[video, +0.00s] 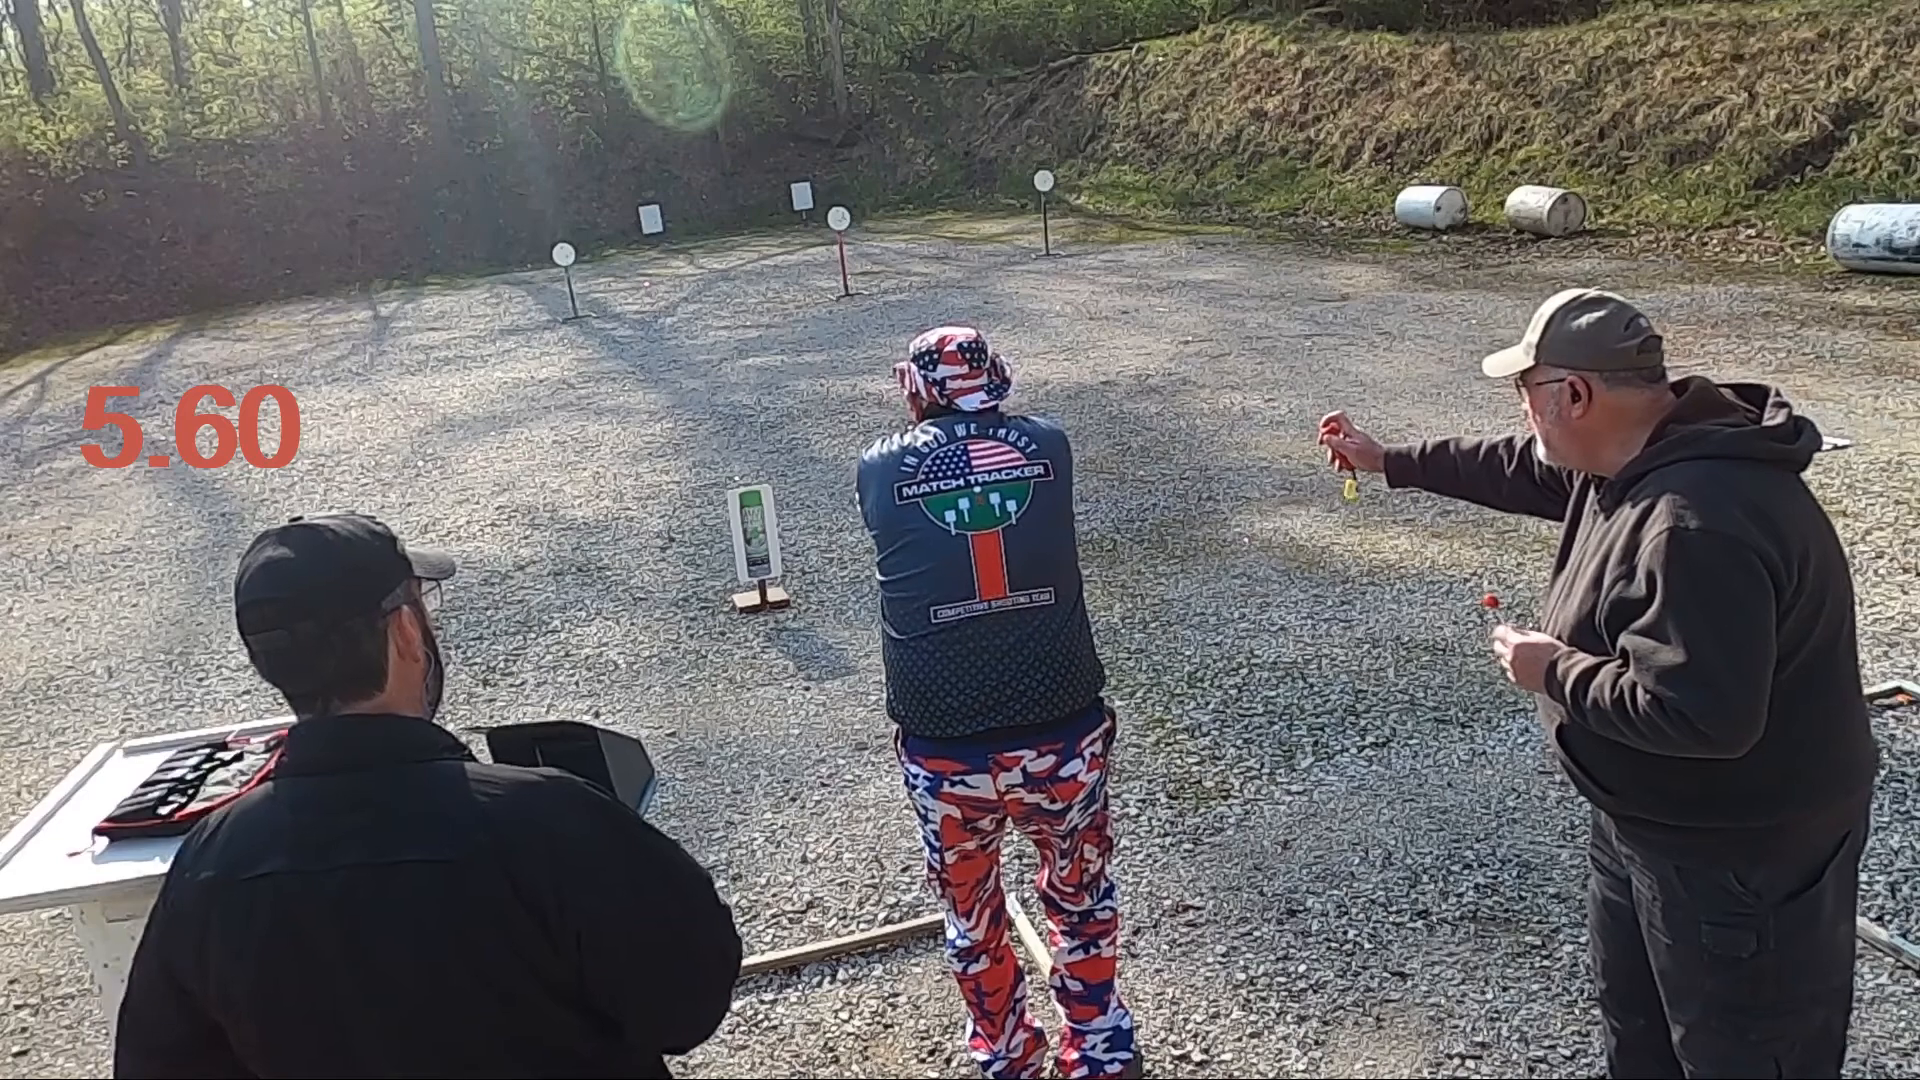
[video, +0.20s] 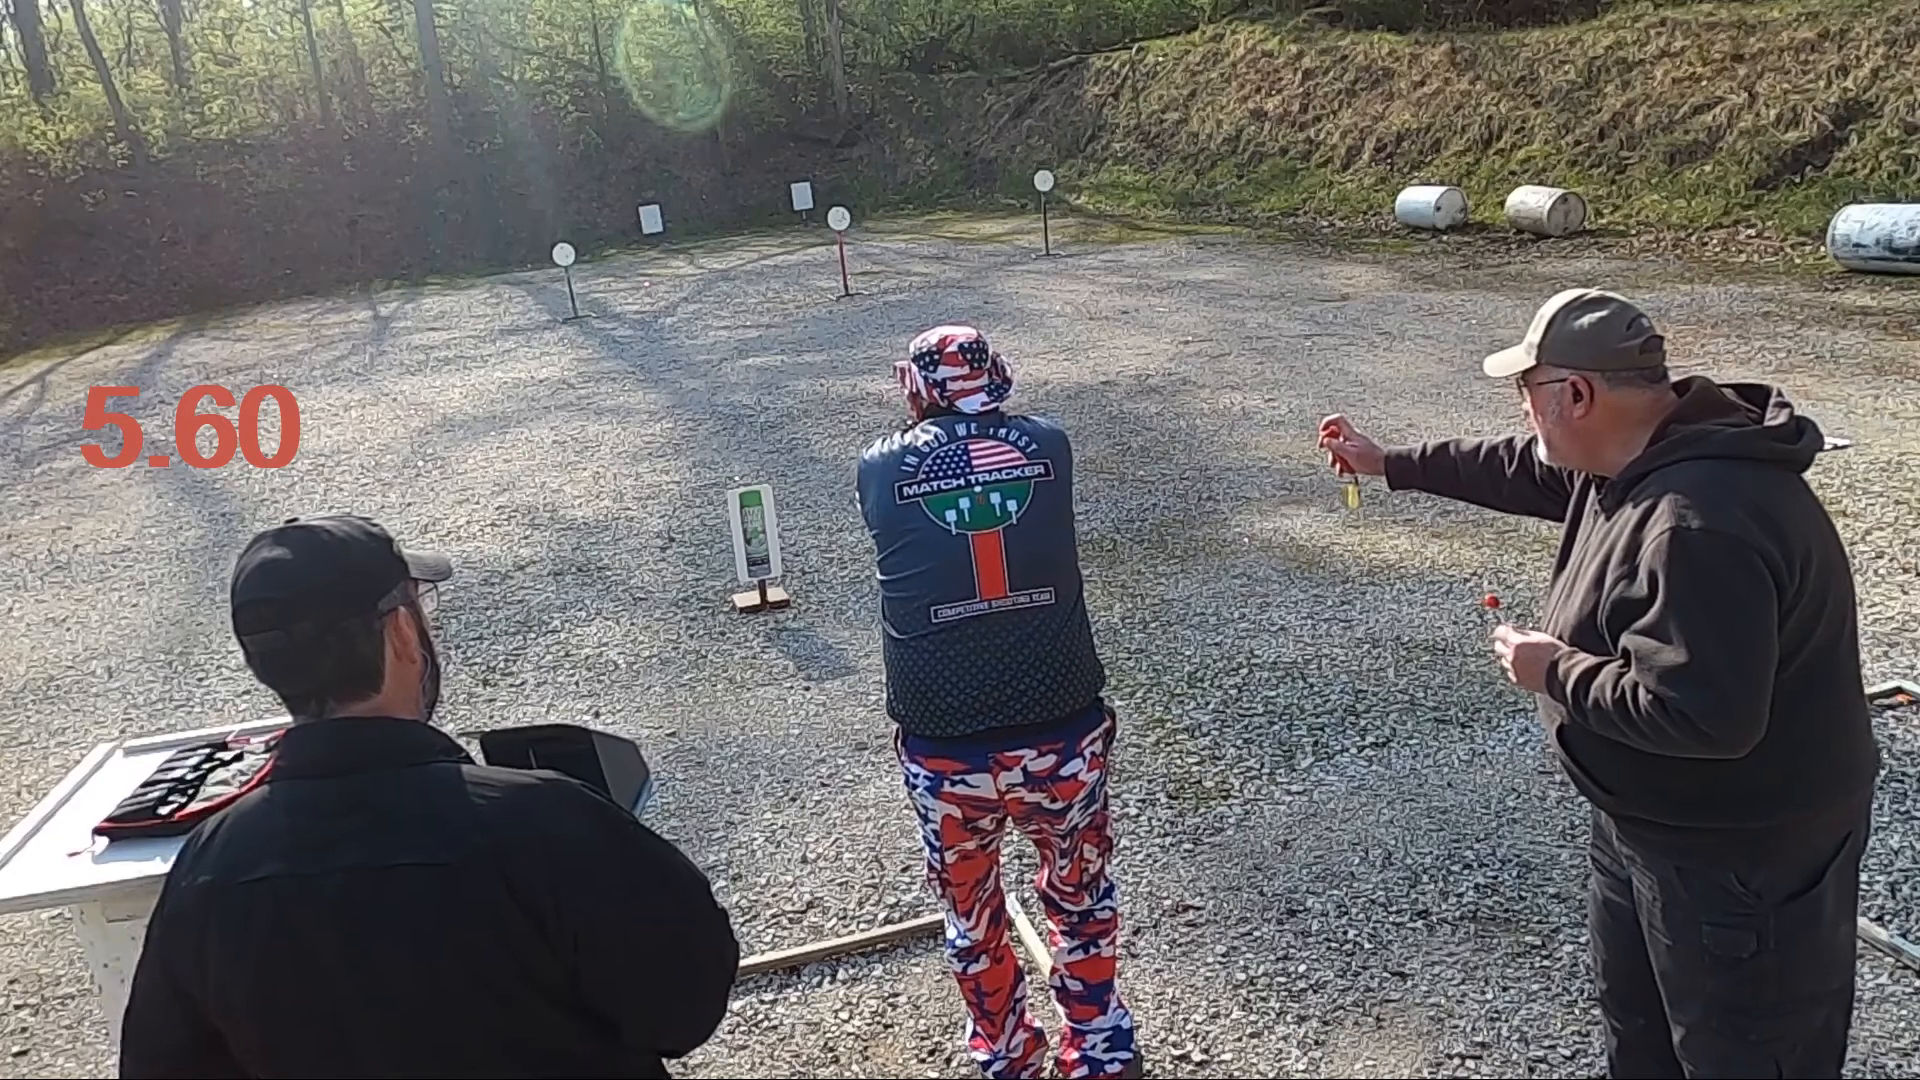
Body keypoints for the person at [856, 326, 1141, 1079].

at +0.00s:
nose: (903, 397)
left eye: (907, 388)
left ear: (916, 397)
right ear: (997, 388)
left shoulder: (878, 470)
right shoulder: (1048, 444)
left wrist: (938, 422)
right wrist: (948, 416)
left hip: (944, 750)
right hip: (1064, 736)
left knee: (972, 907)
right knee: (1081, 896)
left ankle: (1005, 1057)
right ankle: (1102, 1056)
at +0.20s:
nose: (906, 397)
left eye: (908, 388)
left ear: (916, 396)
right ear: (997, 387)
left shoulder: (879, 470)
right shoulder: (1049, 444)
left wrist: (932, 418)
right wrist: (948, 412)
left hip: (944, 749)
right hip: (1064, 736)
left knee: (972, 908)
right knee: (1081, 896)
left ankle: (1005, 1058)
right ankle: (1102, 1056)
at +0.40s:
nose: (905, 397)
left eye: (907, 388)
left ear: (916, 395)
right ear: (997, 387)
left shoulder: (879, 470)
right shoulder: (1049, 444)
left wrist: (931, 417)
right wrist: (948, 411)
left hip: (945, 751)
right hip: (1064, 737)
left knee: (973, 907)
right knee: (1081, 897)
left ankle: (1005, 1058)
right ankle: (1102, 1056)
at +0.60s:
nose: (905, 398)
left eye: (907, 389)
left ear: (916, 396)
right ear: (997, 387)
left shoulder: (879, 470)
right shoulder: (1049, 444)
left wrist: (929, 417)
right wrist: (947, 411)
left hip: (946, 752)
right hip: (1065, 738)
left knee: (973, 908)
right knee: (1081, 898)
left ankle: (1005, 1058)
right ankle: (1102, 1056)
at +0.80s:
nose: (904, 397)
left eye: (906, 389)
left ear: (916, 396)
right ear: (997, 388)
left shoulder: (878, 470)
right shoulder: (1049, 444)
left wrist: (929, 419)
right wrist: (946, 413)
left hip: (945, 753)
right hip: (1064, 739)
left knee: (972, 908)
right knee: (1081, 898)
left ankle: (1005, 1057)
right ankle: (1103, 1056)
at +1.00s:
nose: (904, 398)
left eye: (907, 389)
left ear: (916, 397)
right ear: (997, 389)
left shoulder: (878, 470)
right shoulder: (1048, 444)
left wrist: (928, 419)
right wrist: (944, 413)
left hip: (944, 753)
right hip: (1063, 739)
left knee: (972, 908)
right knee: (1081, 898)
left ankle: (1006, 1058)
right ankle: (1102, 1056)